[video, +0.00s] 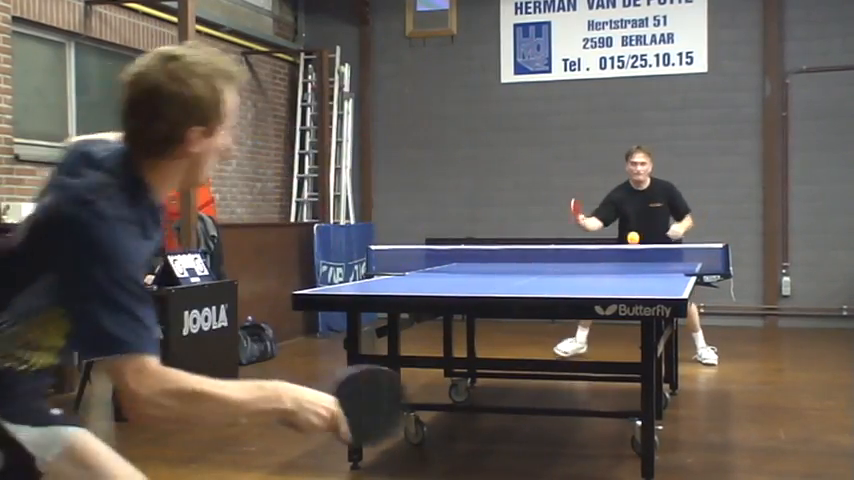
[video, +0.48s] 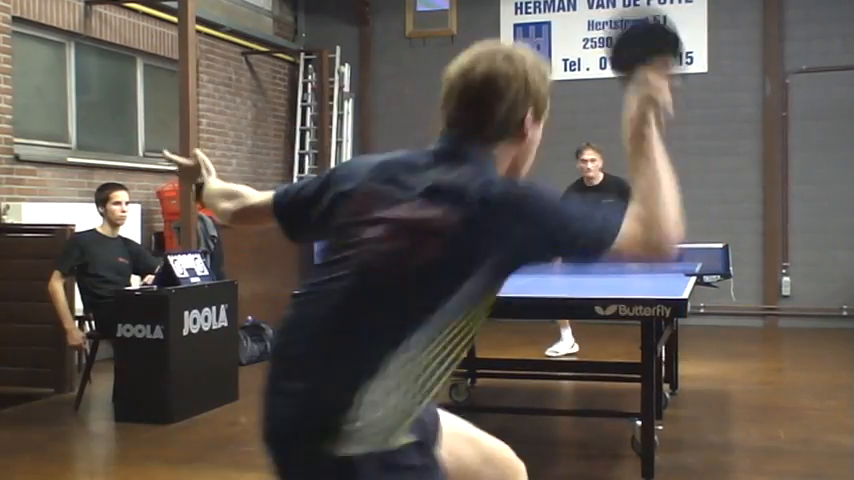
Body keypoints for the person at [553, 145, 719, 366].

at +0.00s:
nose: (638, 168)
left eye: (643, 164)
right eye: (633, 164)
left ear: (651, 167)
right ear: (626, 167)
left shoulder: (666, 190)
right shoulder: (619, 194)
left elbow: (688, 219)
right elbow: (597, 222)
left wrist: (680, 227)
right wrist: (583, 220)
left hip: (664, 262)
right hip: (626, 263)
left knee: (684, 299)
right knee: (591, 290)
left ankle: (701, 347)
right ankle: (580, 340)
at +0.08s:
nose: (628, 171)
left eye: (633, 167)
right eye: (624, 167)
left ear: (641, 170)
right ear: (617, 170)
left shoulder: (656, 193)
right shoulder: (609, 198)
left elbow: (678, 222)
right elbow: (590, 225)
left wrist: (671, 231)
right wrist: (575, 230)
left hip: (656, 263)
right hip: (618, 264)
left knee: (679, 298)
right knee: (587, 293)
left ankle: (701, 347)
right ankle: (574, 342)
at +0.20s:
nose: (611, 174)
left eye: (616, 170)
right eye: (606, 170)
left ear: (624, 173)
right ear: (599, 173)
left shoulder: (637, 196)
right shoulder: (592, 200)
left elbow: (660, 227)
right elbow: (573, 228)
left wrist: (651, 239)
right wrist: (562, 242)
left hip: (636, 266)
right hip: (600, 267)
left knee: (668, 298)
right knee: (563, 289)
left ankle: (698, 347)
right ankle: (569, 341)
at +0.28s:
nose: (601, 173)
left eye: (605, 168)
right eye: (596, 169)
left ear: (614, 171)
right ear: (590, 173)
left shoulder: (628, 195)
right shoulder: (582, 200)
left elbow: (648, 226)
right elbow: (564, 229)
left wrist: (642, 240)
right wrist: (556, 245)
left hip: (626, 264)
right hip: (590, 265)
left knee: (658, 294)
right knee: (555, 287)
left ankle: (687, 344)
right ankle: (568, 340)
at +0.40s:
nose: (592, 169)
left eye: (596, 164)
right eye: (587, 165)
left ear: (605, 167)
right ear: (581, 168)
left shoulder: (620, 191)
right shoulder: (574, 195)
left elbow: (641, 220)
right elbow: (559, 228)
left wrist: (635, 239)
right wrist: (553, 247)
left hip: (616, 260)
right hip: (583, 262)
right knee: (554, 288)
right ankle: (568, 340)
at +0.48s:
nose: (588, 165)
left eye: (592, 160)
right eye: (583, 161)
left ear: (601, 163)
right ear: (578, 164)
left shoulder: (619, 187)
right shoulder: (571, 192)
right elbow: (559, 223)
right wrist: (557, 254)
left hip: (613, 257)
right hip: (577, 258)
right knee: (554, 289)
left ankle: (653, 341)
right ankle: (566, 337)